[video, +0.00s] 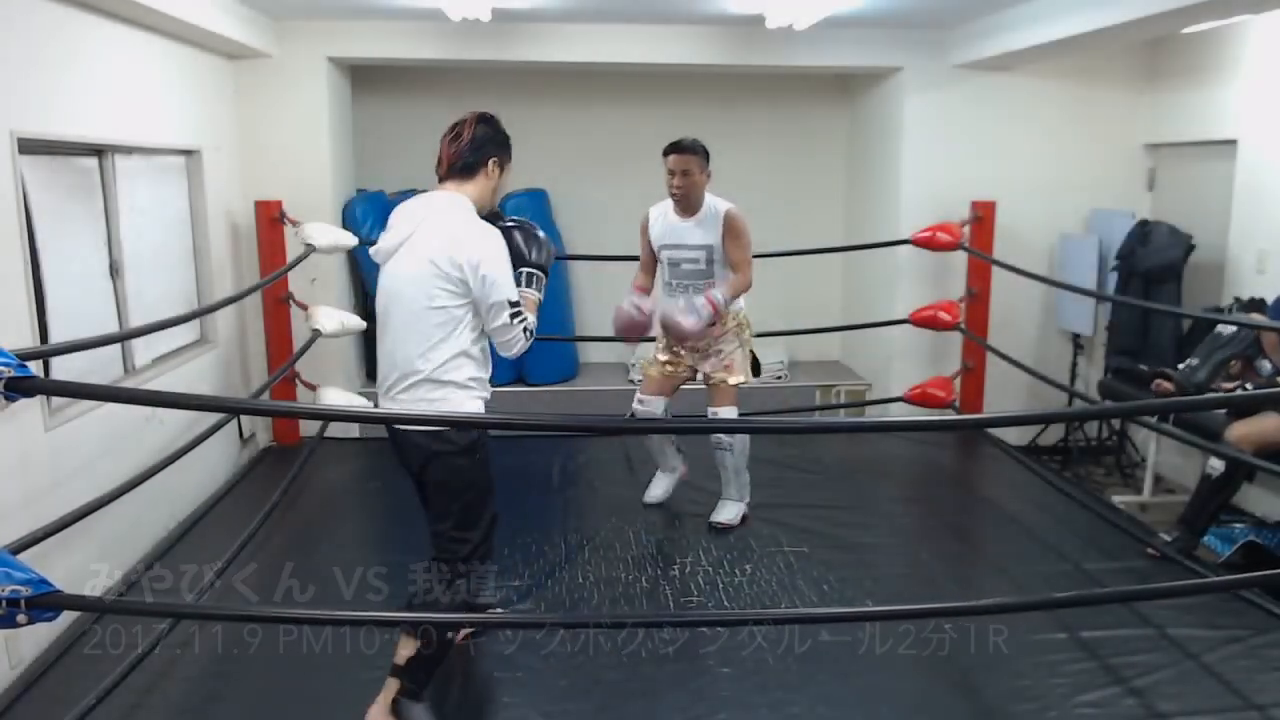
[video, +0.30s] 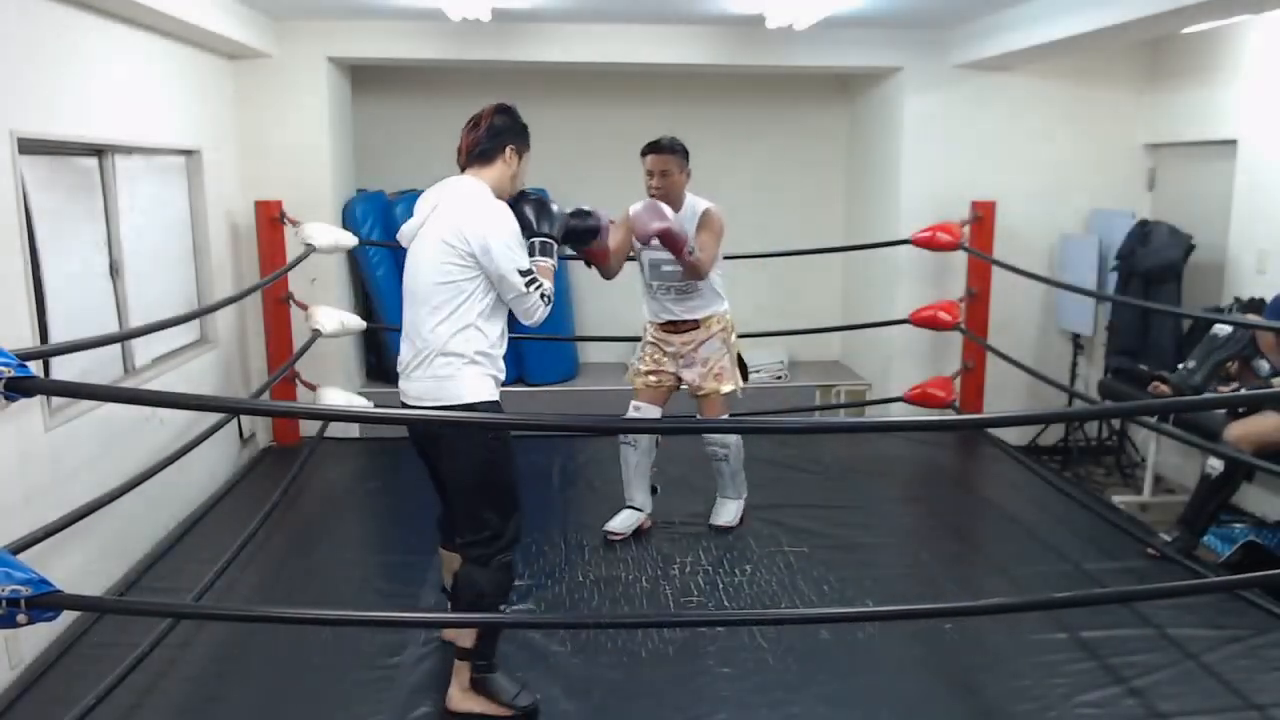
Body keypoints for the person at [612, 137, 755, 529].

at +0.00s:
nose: (675, 182)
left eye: (685, 174)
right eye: (670, 174)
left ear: (706, 175)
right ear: (665, 175)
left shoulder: (727, 219)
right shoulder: (654, 220)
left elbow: (742, 277)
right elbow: (646, 271)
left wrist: (708, 306)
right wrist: (634, 305)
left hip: (721, 331)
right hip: (671, 331)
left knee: (723, 422)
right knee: (646, 409)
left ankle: (733, 497)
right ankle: (670, 465)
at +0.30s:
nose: (655, 182)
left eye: (664, 174)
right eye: (649, 174)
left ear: (686, 174)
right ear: (643, 175)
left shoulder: (706, 216)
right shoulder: (633, 218)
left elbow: (700, 271)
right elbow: (609, 269)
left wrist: (674, 242)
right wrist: (589, 245)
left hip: (707, 332)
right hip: (660, 335)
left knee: (714, 425)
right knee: (639, 419)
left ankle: (731, 496)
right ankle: (637, 505)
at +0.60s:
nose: (650, 181)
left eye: (659, 173)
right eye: (643, 173)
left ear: (679, 172)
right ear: (635, 173)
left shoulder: (699, 209)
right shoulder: (631, 209)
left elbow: (705, 256)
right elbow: (598, 254)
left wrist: (679, 234)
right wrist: (597, 212)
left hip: (706, 328)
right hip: (660, 333)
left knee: (715, 421)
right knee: (644, 420)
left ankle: (748, 502)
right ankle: (637, 506)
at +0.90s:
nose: (684, 179)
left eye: (693, 171)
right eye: (678, 171)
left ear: (717, 171)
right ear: (673, 171)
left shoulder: (737, 216)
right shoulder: (670, 214)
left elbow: (741, 280)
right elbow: (651, 263)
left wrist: (691, 279)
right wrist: (632, 264)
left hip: (738, 333)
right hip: (696, 334)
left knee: (734, 431)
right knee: (655, 406)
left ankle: (753, 516)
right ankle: (661, 491)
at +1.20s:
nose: (698, 184)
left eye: (705, 175)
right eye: (692, 176)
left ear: (731, 173)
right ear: (688, 176)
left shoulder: (748, 215)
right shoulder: (692, 210)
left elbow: (745, 271)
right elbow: (657, 250)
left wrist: (708, 231)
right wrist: (656, 201)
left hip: (746, 333)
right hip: (718, 334)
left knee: (712, 428)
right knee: (717, 416)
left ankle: (749, 507)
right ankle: (739, 478)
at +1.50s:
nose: (698, 179)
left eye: (705, 168)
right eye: (696, 170)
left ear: (733, 165)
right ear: (739, 168)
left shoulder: (728, 199)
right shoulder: (760, 197)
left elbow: (669, 206)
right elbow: (715, 243)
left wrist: (612, 204)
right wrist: (685, 186)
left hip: (757, 327)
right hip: (778, 322)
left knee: (723, 432)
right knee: (758, 407)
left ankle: (735, 526)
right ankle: (758, 474)